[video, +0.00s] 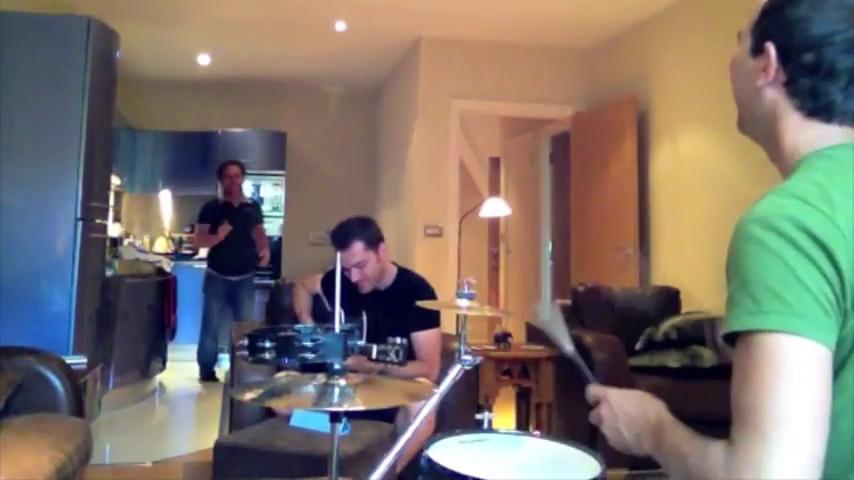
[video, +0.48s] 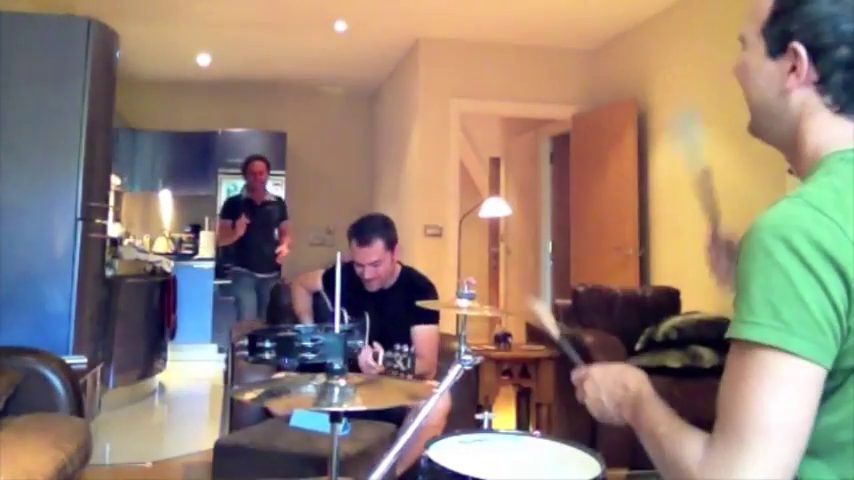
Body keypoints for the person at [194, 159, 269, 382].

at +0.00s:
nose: (234, 181)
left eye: (237, 177)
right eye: (229, 177)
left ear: (243, 179)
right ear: (221, 181)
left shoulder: (252, 208)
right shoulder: (211, 208)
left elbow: (259, 233)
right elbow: (199, 240)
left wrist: (264, 249)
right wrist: (217, 237)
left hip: (245, 276)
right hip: (217, 276)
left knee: (247, 323)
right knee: (213, 324)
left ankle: (244, 367)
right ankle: (207, 367)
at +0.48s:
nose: (258, 178)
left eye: (261, 173)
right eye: (253, 173)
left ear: (267, 175)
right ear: (245, 176)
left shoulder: (277, 204)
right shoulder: (233, 203)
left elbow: (285, 231)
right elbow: (221, 239)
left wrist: (284, 245)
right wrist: (235, 234)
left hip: (270, 271)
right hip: (242, 270)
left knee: (269, 322)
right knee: (247, 321)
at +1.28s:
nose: (282, 173)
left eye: (285, 168)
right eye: (276, 168)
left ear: (292, 170)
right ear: (266, 171)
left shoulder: (298, 200)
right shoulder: (253, 200)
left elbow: (306, 233)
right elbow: (240, 238)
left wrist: (313, 265)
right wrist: (267, 234)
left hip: (287, 274)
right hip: (260, 273)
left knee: (288, 324)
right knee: (262, 324)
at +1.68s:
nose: (304, 173)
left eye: (308, 168)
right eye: (299, 168)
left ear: (314, 171)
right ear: (288, 171)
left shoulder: (322, 203)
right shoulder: (273, 201)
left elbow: (328, 240)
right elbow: (259, 241)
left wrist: (332, 270)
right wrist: (284, 238)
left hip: (312, 279)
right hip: (277, 278)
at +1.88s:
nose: (316, 170)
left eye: (320, 165)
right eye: (310, 165)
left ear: (326, 168)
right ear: (301, 168)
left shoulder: (337, 201)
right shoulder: (286, 200)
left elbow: (346, 240)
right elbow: (273, 240)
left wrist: (350, 267)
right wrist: (288, 226)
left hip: (325, 276)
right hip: (293, 277)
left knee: (328, 327)